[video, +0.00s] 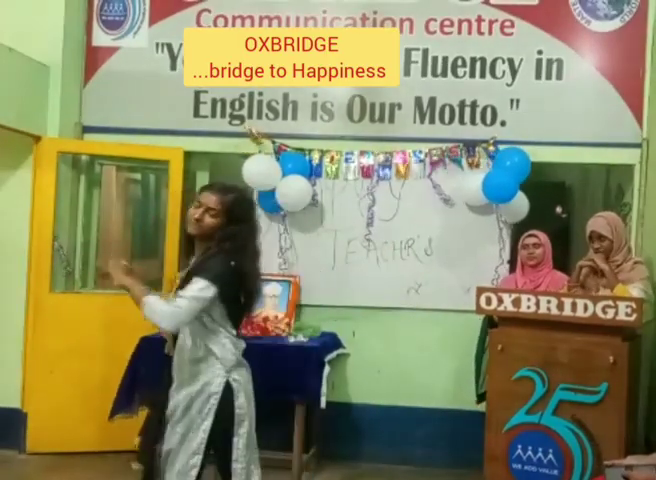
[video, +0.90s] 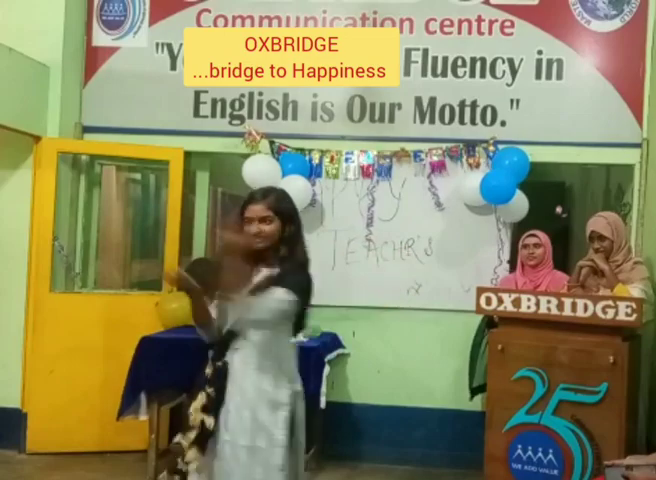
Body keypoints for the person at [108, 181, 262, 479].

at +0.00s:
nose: (197, 214)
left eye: (210, 213)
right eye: (197, 205)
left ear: (230, 226)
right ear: (192, 206)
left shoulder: (221, 266)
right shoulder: (202, 262)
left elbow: (171, 317)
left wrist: (131, 283)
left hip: (220, 385)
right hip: (197, 381)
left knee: (227, 469)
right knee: (180, 465)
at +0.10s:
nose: (203, 224)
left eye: (214, 217)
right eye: (196, 214)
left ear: (227, 224)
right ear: (183, 218)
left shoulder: (229, 266)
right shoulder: (189, 269)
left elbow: (208, 319)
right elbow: (168, 335)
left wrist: (171, 282)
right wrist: (133, 299)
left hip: (228, 385)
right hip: (194, 383)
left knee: (238, 469)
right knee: (172, 465)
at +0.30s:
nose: (233, 223)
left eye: (240, 214)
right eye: (223, 215)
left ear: (251, 219)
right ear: (207, 221)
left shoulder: (262, 266)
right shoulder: (200, 269)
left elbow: (273, 312)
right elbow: (186, 335)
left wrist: (267, 251)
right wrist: (190, 289)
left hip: (251, 370)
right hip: (206, 369)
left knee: (249, 459)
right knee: (192, 456)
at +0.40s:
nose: (246, 223)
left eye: (254, 213)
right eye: (236, 215)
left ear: (268, 218)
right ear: (224, 222)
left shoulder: (280, 270)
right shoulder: (210, 269)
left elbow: (315, 304)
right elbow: (211, 332)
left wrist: (331, 246)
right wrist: (255, 302)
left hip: (272, 382)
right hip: (229, 381)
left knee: (266, 464)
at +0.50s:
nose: (255, 227)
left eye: (264, 218)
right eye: (247, 219)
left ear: (280, 223)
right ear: (236, 224)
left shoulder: (291, 279)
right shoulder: (221, 270)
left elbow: (341, 309)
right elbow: (230, 329)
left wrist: (378, 271)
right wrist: (299, 327)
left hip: (278, 386)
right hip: (233, 385)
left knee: (273, 462)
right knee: (218, 462)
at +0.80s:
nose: (261, 227)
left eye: (271, 219)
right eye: (253, 219)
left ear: (288, 223)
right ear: (244, 223)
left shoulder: (304, 279)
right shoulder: (226, 270)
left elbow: (312, 331)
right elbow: (203, 334)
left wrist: (346, 284)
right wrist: (248, 326)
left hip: (281, 393)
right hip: (235, 389)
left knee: (275, 465)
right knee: (228, 464)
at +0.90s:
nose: (255, 229)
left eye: (266, 221)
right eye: (248, 222)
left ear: (286, 227)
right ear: (240, 227)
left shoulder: (295, 278)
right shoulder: (241, 273)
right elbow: (213, 332)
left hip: (274, 380)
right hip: (236, 376)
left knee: (268, 463)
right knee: (233, 460)